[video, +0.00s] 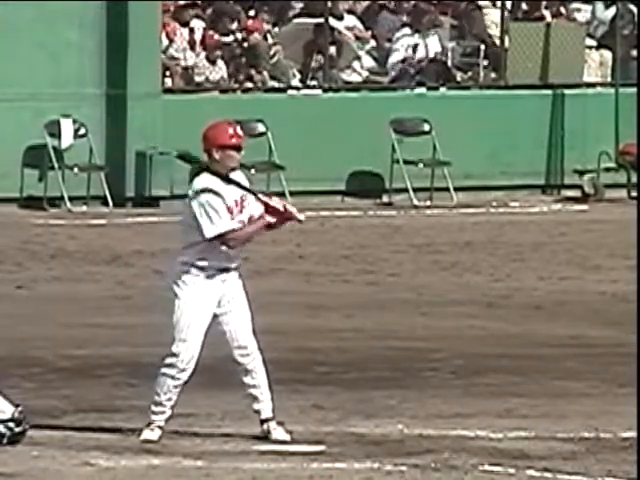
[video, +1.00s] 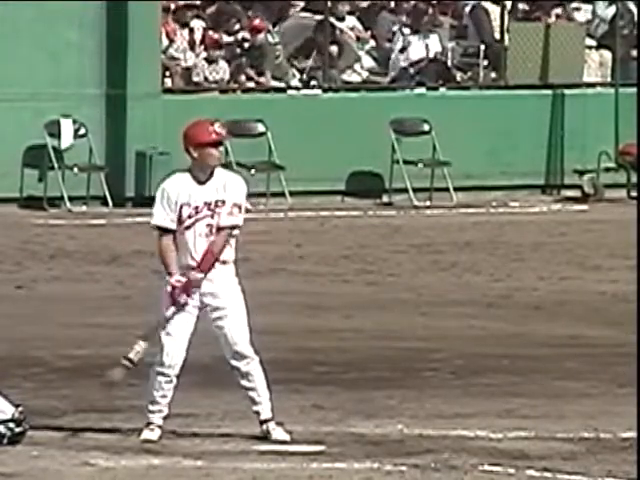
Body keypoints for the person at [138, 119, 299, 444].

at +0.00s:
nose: (238, 155)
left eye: (239, 148)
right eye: (232, 149)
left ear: (230, 152)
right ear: (214, 153)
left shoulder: (237, 178)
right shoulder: (204, 189)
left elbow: (251, 210)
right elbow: (231, 240)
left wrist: (276, 213)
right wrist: (265, 221)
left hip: (229, 276)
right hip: (197, 279)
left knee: (247, 350)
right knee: (184, 355)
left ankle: (268, 420)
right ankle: (156, 422)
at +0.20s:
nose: (243, 153)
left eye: (243, 147)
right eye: (236, 148)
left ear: (239, 150)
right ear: (217, 153)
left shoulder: (241, 179)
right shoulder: (208, 186)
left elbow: (258, 222)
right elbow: (244, 233)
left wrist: (290, 234)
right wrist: (289, 237)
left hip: (231, 279)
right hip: (199, 278)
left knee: (249, 353)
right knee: (184, 354)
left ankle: (268, 421)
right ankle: (156, 422)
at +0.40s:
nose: (244, 153)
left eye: (244, 148)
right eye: (237, 149)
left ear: (241, 151)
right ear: (219, 153)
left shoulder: (245, 180)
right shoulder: (211, 185)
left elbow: (262, 223)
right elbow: (249, 226)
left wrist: (291, 242)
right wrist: (293, 240)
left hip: (231, 278)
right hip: (198, 278)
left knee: (249, 352)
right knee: (183, 354)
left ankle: (269, 421)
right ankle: (155, 422)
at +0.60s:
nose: (239, 154)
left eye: (240, 148)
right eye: (232, 149)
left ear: (238, 151)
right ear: (214, 154)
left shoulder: (245, 178)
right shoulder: (205, 188)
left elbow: (258, 224)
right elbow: (238, 227)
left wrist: (277, 255)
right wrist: (282, 248)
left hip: (229, 278)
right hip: (194, 280)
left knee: (248, 351)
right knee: (181, 354)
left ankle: (268, 420)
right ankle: (155, 421)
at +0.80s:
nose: (226, 155)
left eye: (227, 148)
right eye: (219, 150)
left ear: (227, 151)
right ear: (201, 155)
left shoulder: (239, 180)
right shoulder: (188, 190)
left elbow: (243, 232)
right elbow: (203, 240)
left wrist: (230, 269)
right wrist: (231, 277)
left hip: (225, 278)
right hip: (187, 279)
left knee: (246, 349)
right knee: (175, 352)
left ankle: (268, 421)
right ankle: (154, 421)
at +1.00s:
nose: (220, 151)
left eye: (220, 146)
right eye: (213, 147)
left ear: (219, 149)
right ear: (194, 152)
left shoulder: (233, 184)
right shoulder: (172, 187)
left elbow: (225, 234)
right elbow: (165, 236)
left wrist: (200, 272)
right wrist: (175, 275)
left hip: (221, 276)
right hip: (184, 278)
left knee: (241, 350)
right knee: (169, 357)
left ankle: (267, 420)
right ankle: (154, 421)